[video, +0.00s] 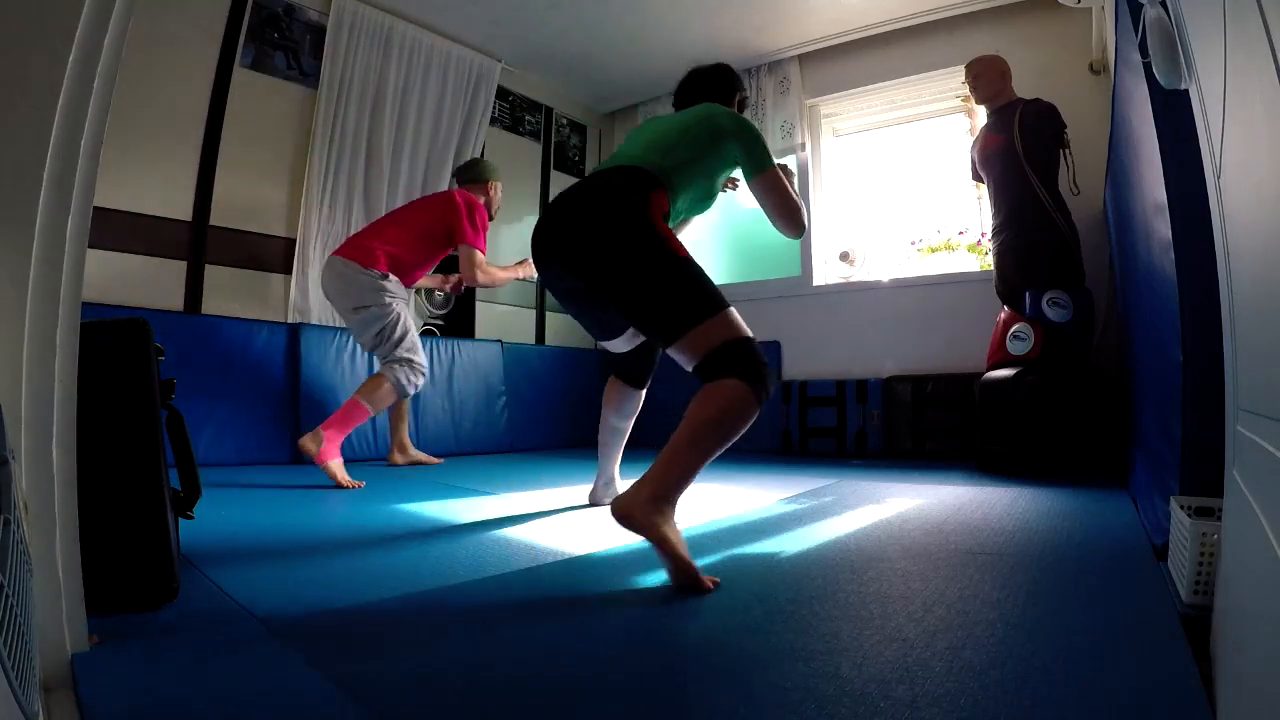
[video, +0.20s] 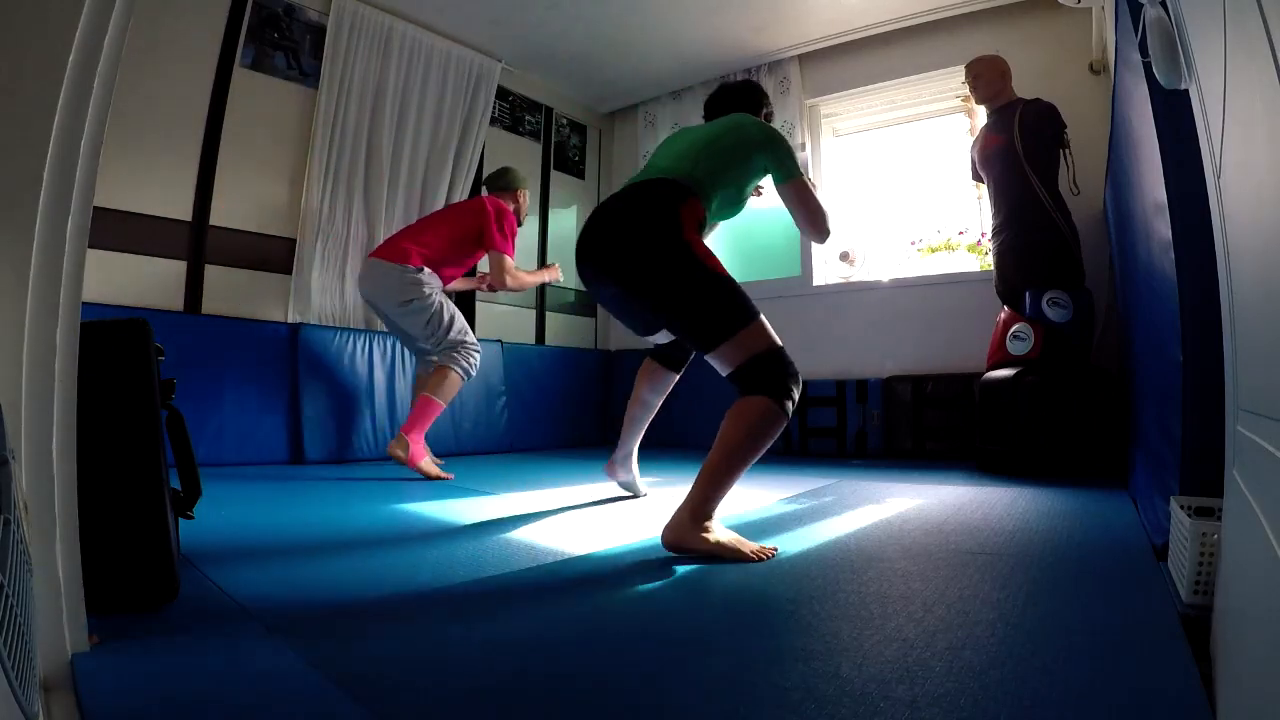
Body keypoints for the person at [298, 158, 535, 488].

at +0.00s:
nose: (500, 200)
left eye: (501, 193)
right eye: (500, 192)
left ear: (463, 186)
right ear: (490, 188)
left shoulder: (442, 204)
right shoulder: (471, 206)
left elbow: (400, 273)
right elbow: (475, 275)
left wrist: (445, 281)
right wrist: (518, 272)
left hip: (347, 268)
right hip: (364, 273)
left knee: (398, 353)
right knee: (408, 367)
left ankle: (401, 446)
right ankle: (326, 438)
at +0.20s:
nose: (527, 209)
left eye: (527, 202)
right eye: (528, 201)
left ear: (491, 193)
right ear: (520, 196)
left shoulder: (469, 211)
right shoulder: (500, 212)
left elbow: (435, 279)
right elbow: (505, 279)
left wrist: (479, 282)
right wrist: (545, 275)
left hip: (376, 273)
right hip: (404, 275)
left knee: (431, 355)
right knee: (464, 351)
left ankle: (415, 442)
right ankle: (411, 438)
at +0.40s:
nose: (548, 212)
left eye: (547, 206)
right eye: (549, 206)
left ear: (515, 201)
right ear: (542, 202)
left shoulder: (490, 216)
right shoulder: (529, 219)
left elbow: (453, 260)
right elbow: (540, 283)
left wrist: (489, 285)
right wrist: (570, 279)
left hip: (415, 282)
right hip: (447, 287)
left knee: (464, 360)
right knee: (492, 372)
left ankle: (463, 441)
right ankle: (420, 435)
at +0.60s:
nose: (574, 219)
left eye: (572, 214)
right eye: (574, 213)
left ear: (542, 210)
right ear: (568, 212)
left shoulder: (522, 226)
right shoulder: (557, 226)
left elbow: (493, 282)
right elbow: (568, 289)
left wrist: (528, 289)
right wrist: (600, 283)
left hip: (443, 285)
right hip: (479, 286)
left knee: (497, 361)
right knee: (539, 352)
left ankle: (471, 436)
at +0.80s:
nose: (595, 224)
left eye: (595, 219)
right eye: (595, 218)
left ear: (563, 214)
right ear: (589, 216)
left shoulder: (538, 229)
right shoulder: (583, 231)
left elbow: (517, 264)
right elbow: (597, 290)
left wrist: (540, 290)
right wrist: (620, 285)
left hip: (479, 292)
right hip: (515, 293)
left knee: (519, 362)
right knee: (560, 372)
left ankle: (522, 432)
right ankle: (513, 436)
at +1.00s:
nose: (616, 229)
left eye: (615, 225)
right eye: (616, 224)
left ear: (584, 220)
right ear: (610, 221)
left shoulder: (564, 237)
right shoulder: (602, 237)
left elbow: (537, 275)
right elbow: (614, 293)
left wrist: (571, 292)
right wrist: (638, 289)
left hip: (503, 299)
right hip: (539, 298)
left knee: (549, 366)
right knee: (598, 355)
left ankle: (528, 439)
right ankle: (572, 431)